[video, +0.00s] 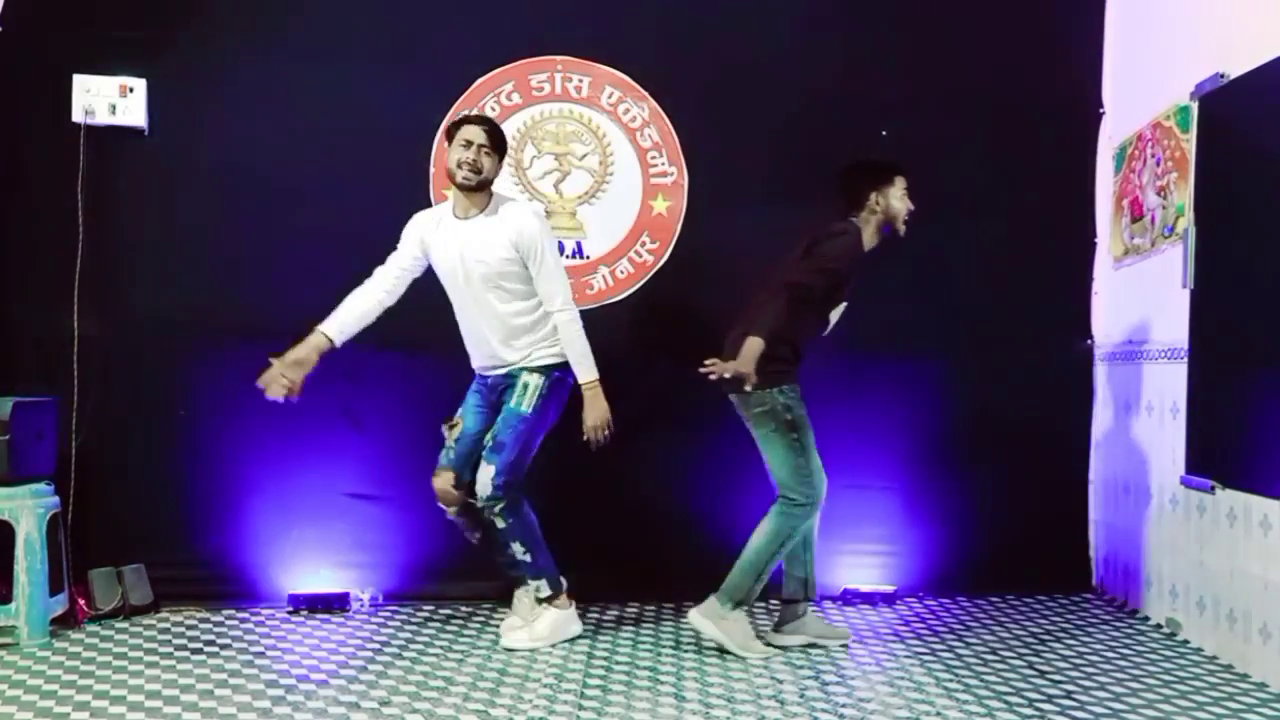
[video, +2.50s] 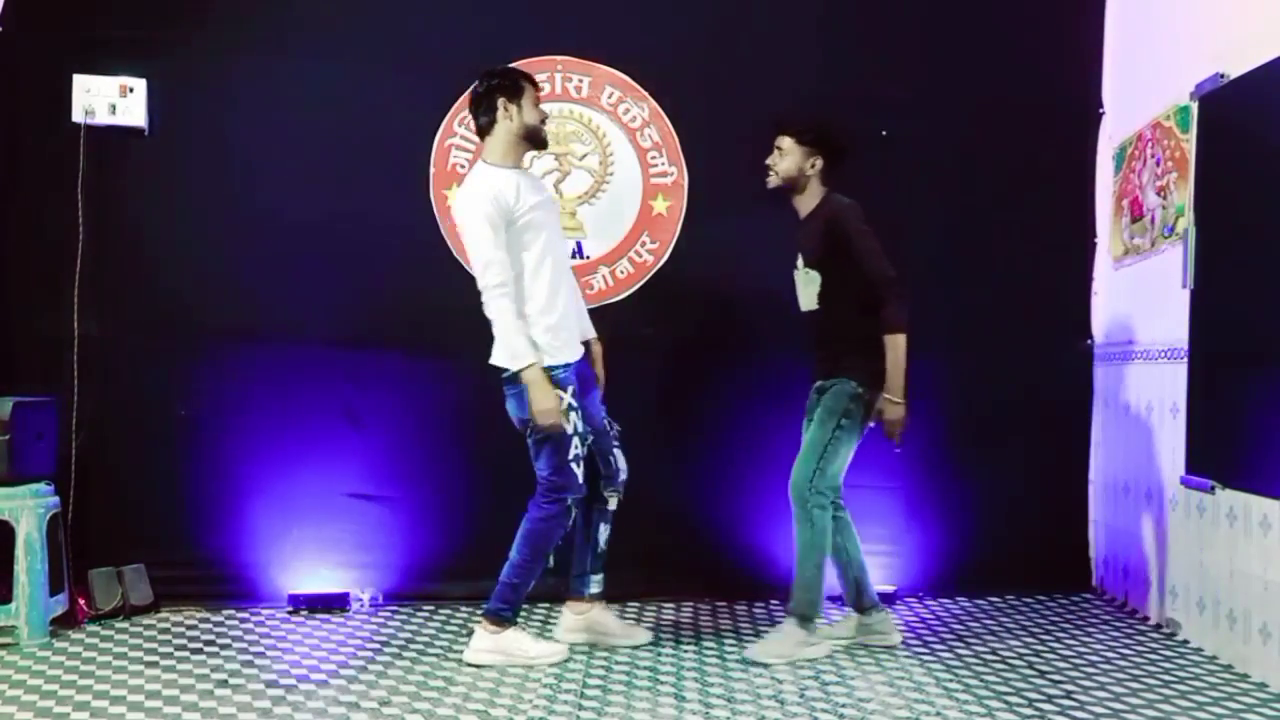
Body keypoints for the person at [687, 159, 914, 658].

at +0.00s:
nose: (909, 205)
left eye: (908, 195)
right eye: (903, 194)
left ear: (871, 201)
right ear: (876, 199)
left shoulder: (842, 241)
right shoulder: (845, 242)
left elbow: (783, 295)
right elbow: (787, 290)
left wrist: (738, 357)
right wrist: (748, 359)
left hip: (771, 376)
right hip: (767, 379)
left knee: (807, 491)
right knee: (801, 493)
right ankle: (722, 608)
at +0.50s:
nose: (1019, 189)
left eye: (1018, 179)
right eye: (1013, 178)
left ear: (982, 184)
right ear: (985, 182)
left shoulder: (955, 232)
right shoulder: (956, 232)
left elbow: (916, 299)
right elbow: (909, 292)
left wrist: (897, 371)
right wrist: (897, 368)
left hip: (900, 382)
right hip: (916, 383)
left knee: (945, 493)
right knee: (980, 489)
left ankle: (908, 611)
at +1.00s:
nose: (991, 170)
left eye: (1002, 160)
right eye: (981, 159)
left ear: (1019, 167)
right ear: (965, 166)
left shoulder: (1035, 234)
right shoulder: (946, 235)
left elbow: (1060, 314)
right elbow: (933, 326)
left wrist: (1079, 385)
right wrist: (944, 408)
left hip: (1050, 388)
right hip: (987, 390)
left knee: (1087, 501)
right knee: (1004, 509)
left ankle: (1041, 610)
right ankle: (983, 621)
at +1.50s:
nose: (971, 166)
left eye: (980, 154)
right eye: (969, 157)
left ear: (1015, 153)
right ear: (979, 163)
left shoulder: (1064, 208)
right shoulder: (978, 235)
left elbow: (1111, 272)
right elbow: (975, 320)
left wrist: (1139, 335)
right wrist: (971, 391)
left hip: (1067, 381)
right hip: (998, 384)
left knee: (1080, 509)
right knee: (994, 504)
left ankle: (1087, 624)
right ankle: (983, 620)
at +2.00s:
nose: (895, 176)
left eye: (908, 167)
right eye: (893, 168)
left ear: (939, 179)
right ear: (892, 184)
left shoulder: (978, 225)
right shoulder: (905, 255)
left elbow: (1031, 305)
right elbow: (926, 330)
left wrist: (986, 343)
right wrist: (905, 387)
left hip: (1005, 378)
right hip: (956, 384)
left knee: (956, 489)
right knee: (958, 495)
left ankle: (979, 621)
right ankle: (1016, 620)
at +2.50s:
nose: (769, 160)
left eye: (780, 152)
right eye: (772, 152)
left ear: (813, 163)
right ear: (797, 164)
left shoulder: (842, 218)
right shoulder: (809, 224)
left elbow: (891, 303)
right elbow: (833, 308)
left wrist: (894, 392)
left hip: (853, 381)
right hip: (828, 379)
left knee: (807, 487)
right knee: (825, 495)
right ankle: (871, 615)